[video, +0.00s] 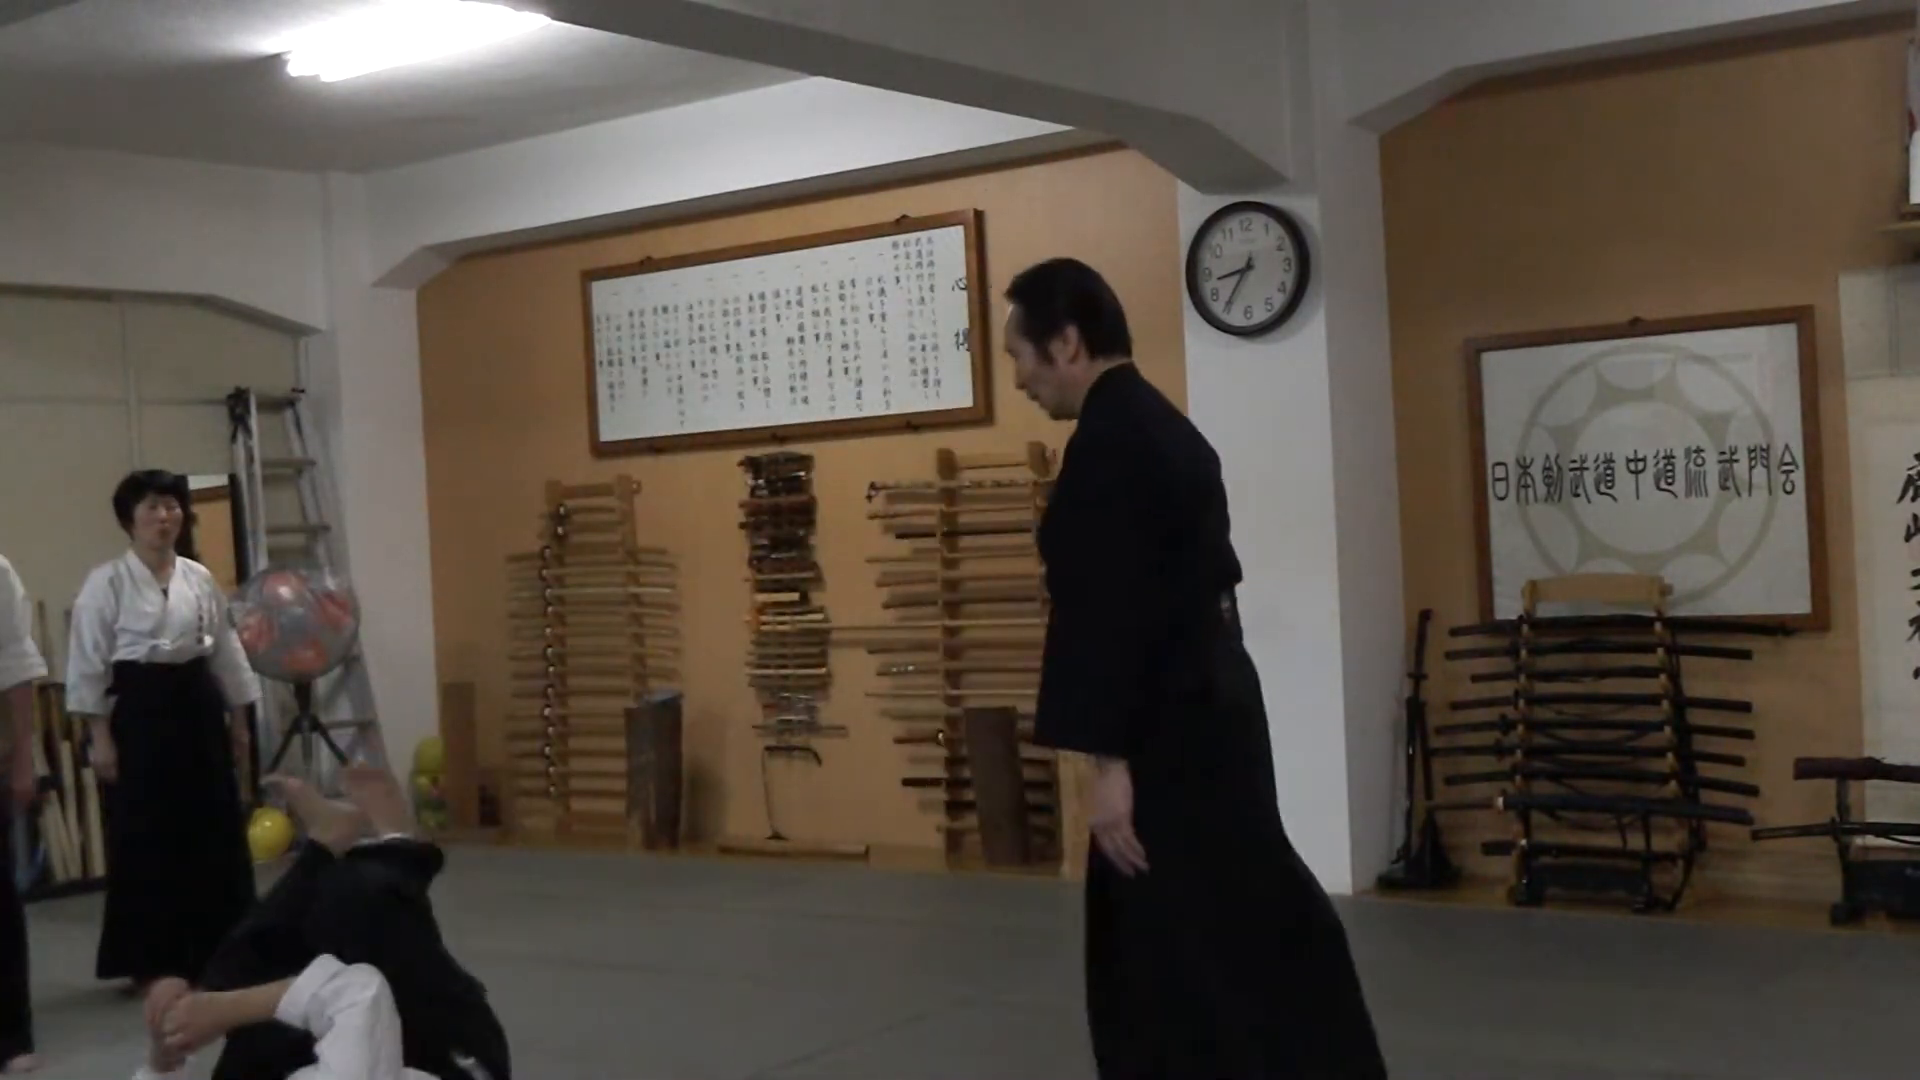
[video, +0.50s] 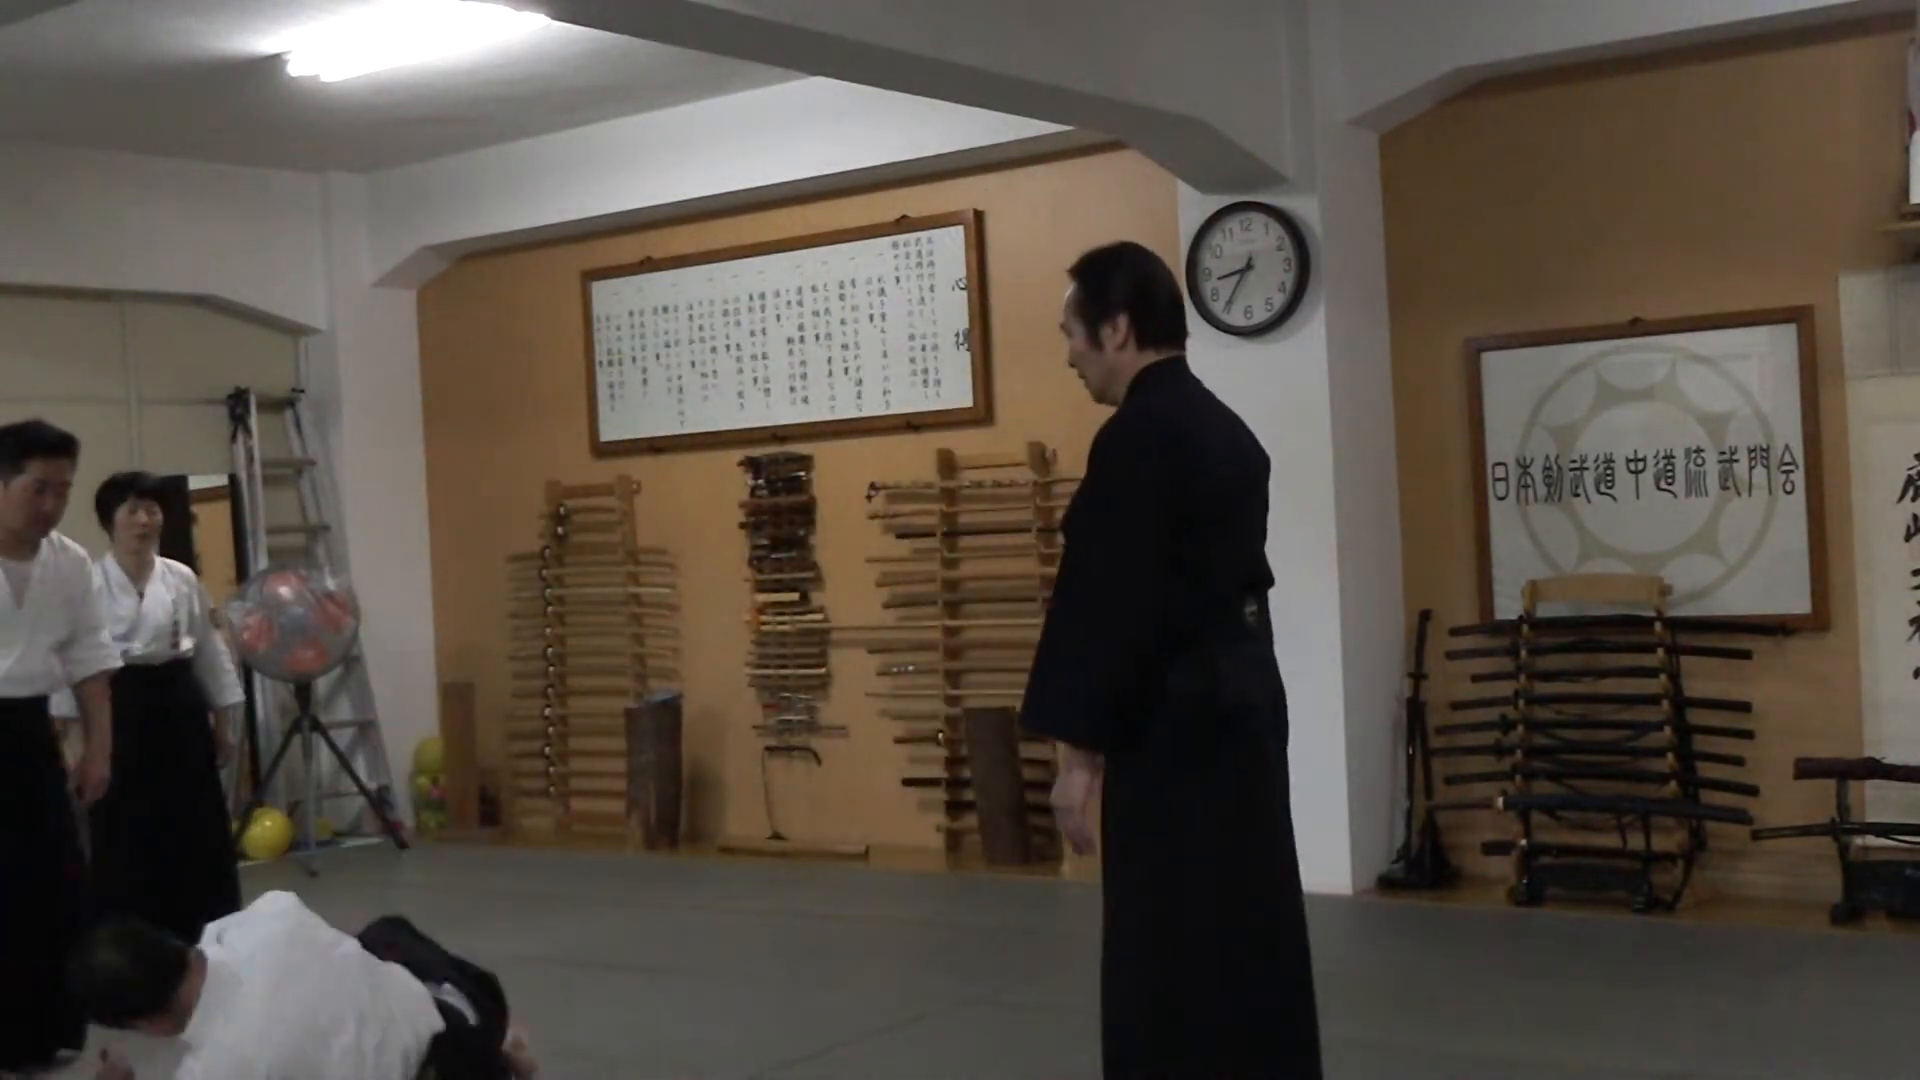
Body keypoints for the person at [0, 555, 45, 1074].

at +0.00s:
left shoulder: (3, 577)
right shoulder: (6, 579)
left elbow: (18, 671)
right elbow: (19, 672)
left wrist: (22, 756)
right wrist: (22, 756)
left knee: (7, 904)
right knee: (8, 904)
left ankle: (16, 1041)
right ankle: (14, 1040)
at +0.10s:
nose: (4, 506)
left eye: (10, 495)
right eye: (1, 494)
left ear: (19, 496)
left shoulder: (20, 572)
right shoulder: (19, 572)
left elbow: (41, 671)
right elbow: (42, 671)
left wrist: (48, 756)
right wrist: (45, 756)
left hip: (7, 762)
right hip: (7, 761)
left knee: (14, 903)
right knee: (13, 904)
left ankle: (20, 1042)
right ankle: (16, 1041)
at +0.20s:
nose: (16, 515)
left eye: (28, 501)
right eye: (6, 499)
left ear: (41, 501)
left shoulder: (39, 570)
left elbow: (60, 673)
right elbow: (59, 674)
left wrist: (68, 758)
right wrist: (63, 758)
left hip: (12, 753)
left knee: (22, 894)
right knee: (18, 893)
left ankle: (25, 1044)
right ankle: (18, 1042)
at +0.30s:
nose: (38, 513)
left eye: (48, 500)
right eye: (25, 497)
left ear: (56, 499)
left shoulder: (54, 570)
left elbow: (76, 668)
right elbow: (73, 669)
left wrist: (85, 749)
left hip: (14, 735)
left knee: (23, 884)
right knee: (17, 883)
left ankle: (28, 1042)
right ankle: (16, 1043)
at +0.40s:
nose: (48, 508)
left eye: (58, 494)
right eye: (34, 491)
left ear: (66, 496)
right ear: (1, 486)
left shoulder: (64, 567)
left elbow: (86, 664)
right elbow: (84, 665)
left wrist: (90, 752)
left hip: (23, 731)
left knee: (30, 881)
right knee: (16, 881)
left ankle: (37, 1038)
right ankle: (13, 1039)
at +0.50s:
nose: (52, 504)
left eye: (61, 491)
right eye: (39, 488)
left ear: (68, 494)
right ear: (4, 484)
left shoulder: (70, 565)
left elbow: (91, 660)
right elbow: (89, 662)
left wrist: (98, 751)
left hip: (34, 733)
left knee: (48, 880)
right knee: (17, 883)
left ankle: (53, 1035)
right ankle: (13, 1039)